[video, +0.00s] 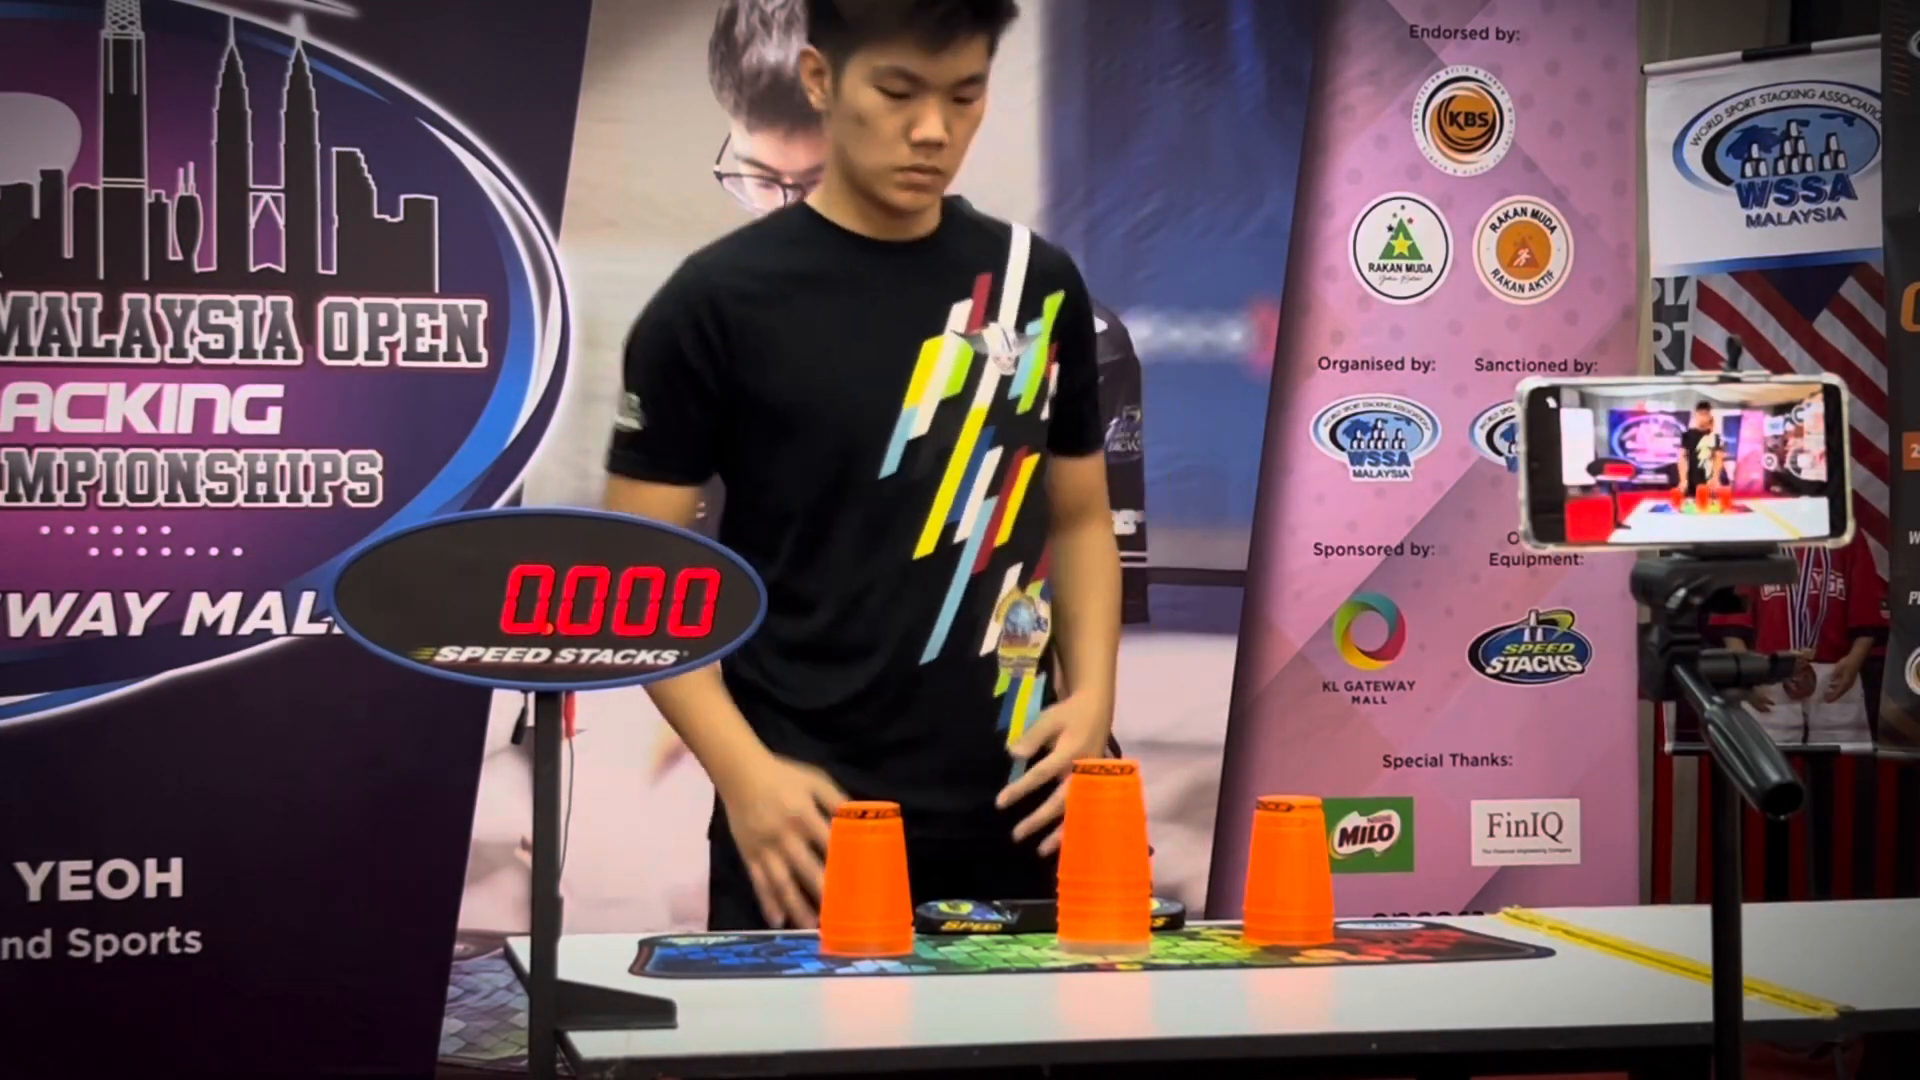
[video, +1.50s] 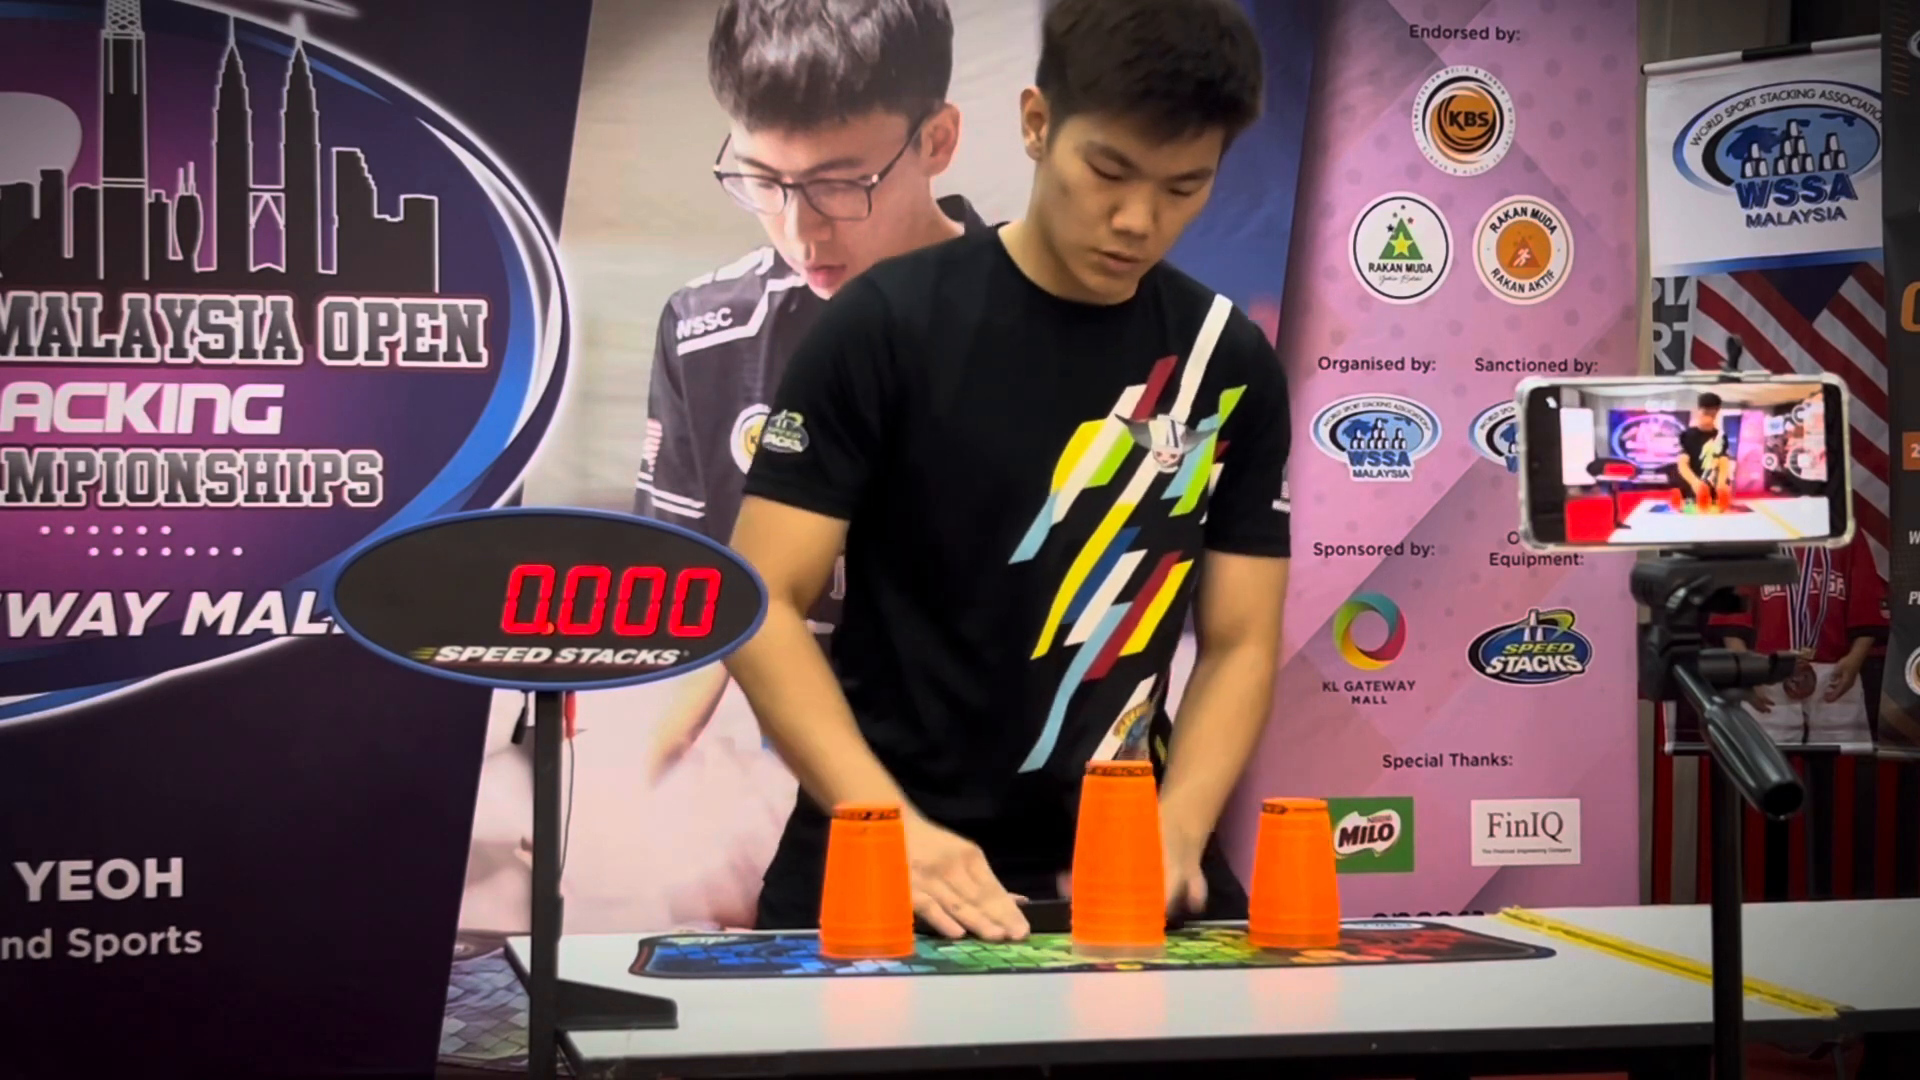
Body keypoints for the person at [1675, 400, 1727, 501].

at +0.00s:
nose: (1703, 418)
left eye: (1706, 414)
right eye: (1700, 414)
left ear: (1710, 415)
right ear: (1696, 415)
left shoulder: (1714, 437)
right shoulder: (1688, 436)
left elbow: (1718, 458)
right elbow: (1683, 458)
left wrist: (1715, 478)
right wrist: (1683, 480)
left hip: (1709, 484)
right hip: (1692, 483)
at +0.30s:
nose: (1691, 413)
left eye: (1694, 409)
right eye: (1687, 409)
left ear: (1699, 409)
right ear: (1681, 409)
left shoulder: (1707, 431)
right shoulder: (1675, 432)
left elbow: (1714, 455)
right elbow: (1668, 459)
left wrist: (1711, 472)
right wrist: (1677, 477)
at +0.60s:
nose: (1694, 411)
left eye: (1697, 406)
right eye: (1690, 406)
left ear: (1702, 407)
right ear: (1683, 407)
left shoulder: (1708, 427)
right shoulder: (1675, 430)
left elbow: (1716, 453)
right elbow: (1668, 457)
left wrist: (1718, 481)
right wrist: (1676, 481)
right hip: (1685, 484)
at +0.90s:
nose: (1710, 416)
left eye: (1713, 411)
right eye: (1706, 411)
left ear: (1717, 411)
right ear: (1700, 410)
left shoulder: (1724, 433)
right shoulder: (1691, 434)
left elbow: (1729, 459)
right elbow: (1685, 459)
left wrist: (1725, 484)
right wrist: (1678, 484)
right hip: (1693, 490)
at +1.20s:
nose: (1707, 418)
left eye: (1711, 414)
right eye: (1704, 413)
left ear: (1716, 413)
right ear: (1698, 411)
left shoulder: (1719, 437)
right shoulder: (1686, 435)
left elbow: (1722, 463)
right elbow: (1677, 460)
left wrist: (1718, 487)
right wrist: (1677, 484)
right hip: (1688, 494)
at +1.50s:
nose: (1708, 418)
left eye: (1712, 414)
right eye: (1705, 413)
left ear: (1716, 413)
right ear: (1699, 411)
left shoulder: (1720, 437)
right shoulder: (1688, 435)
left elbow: (1723, 463)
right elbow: (1682, 465)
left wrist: (1721, 485)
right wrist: (1697, 485)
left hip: (1714, 494)